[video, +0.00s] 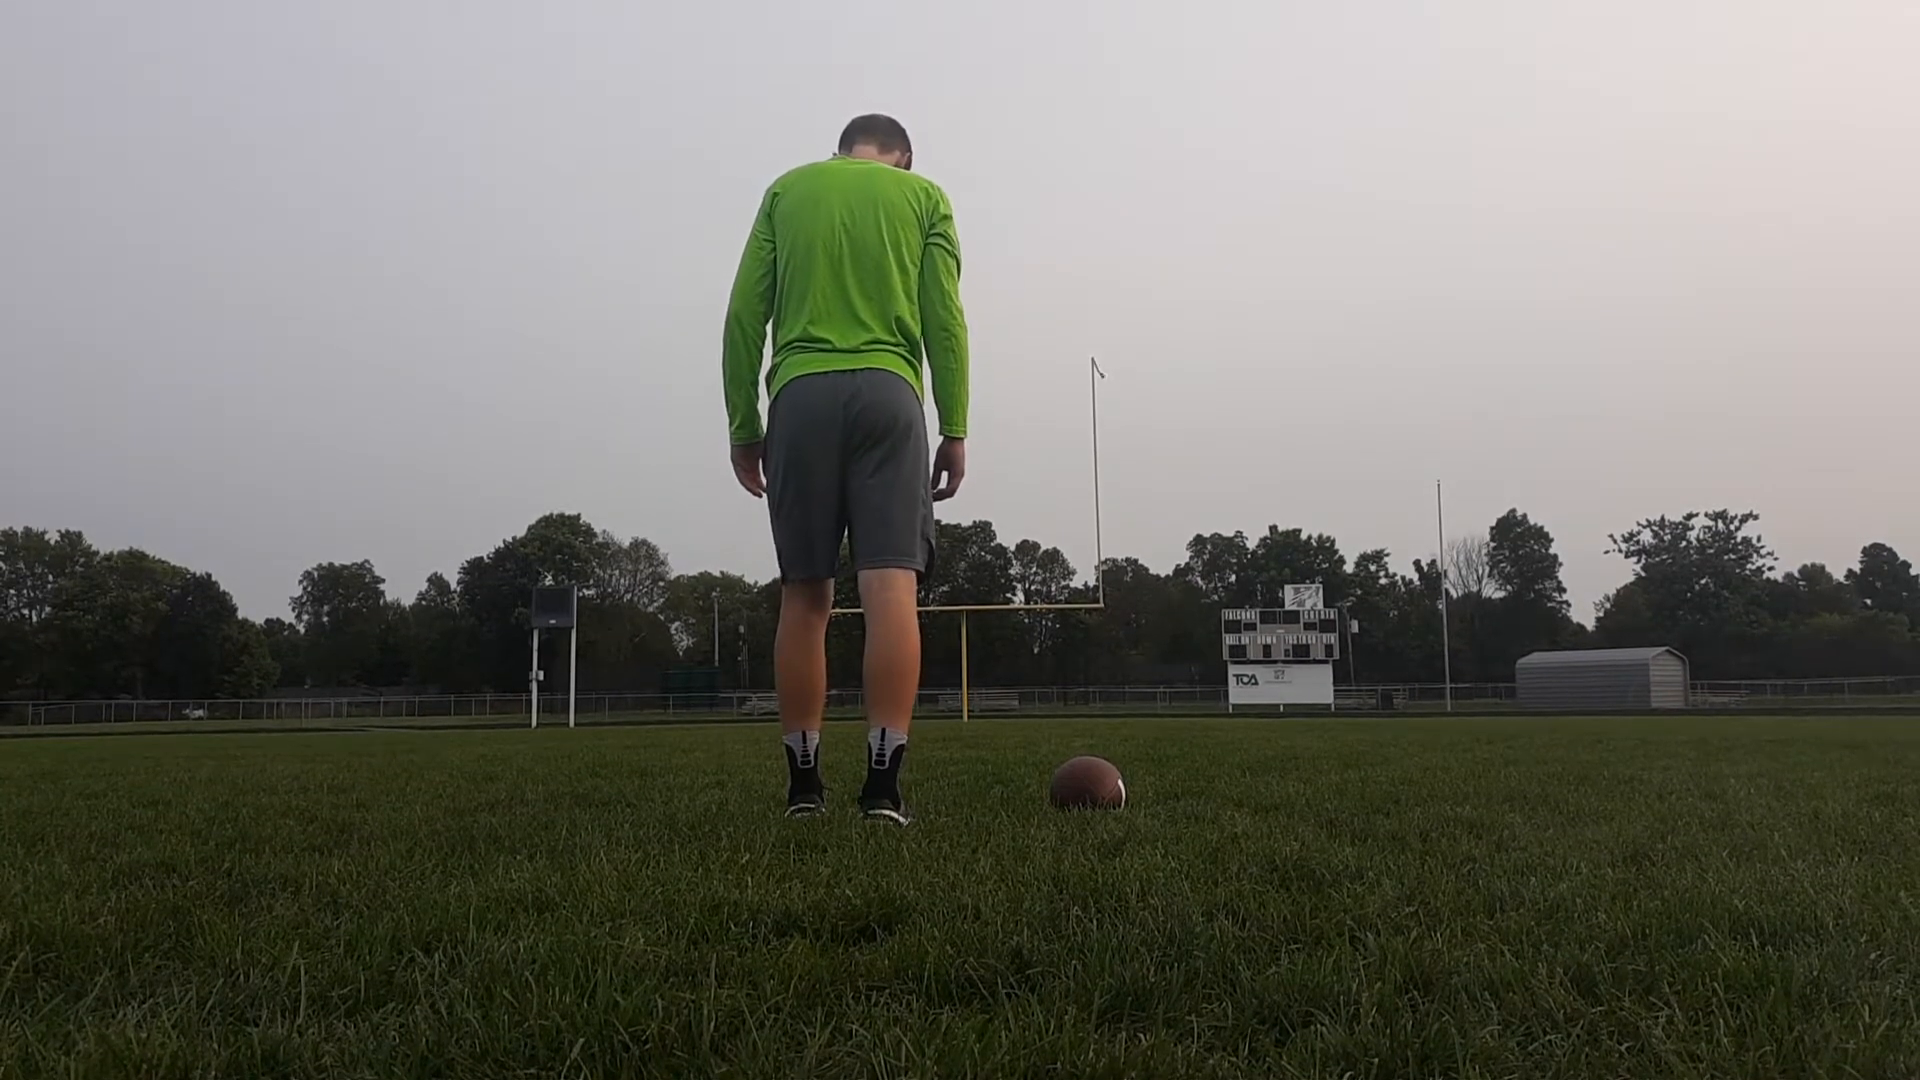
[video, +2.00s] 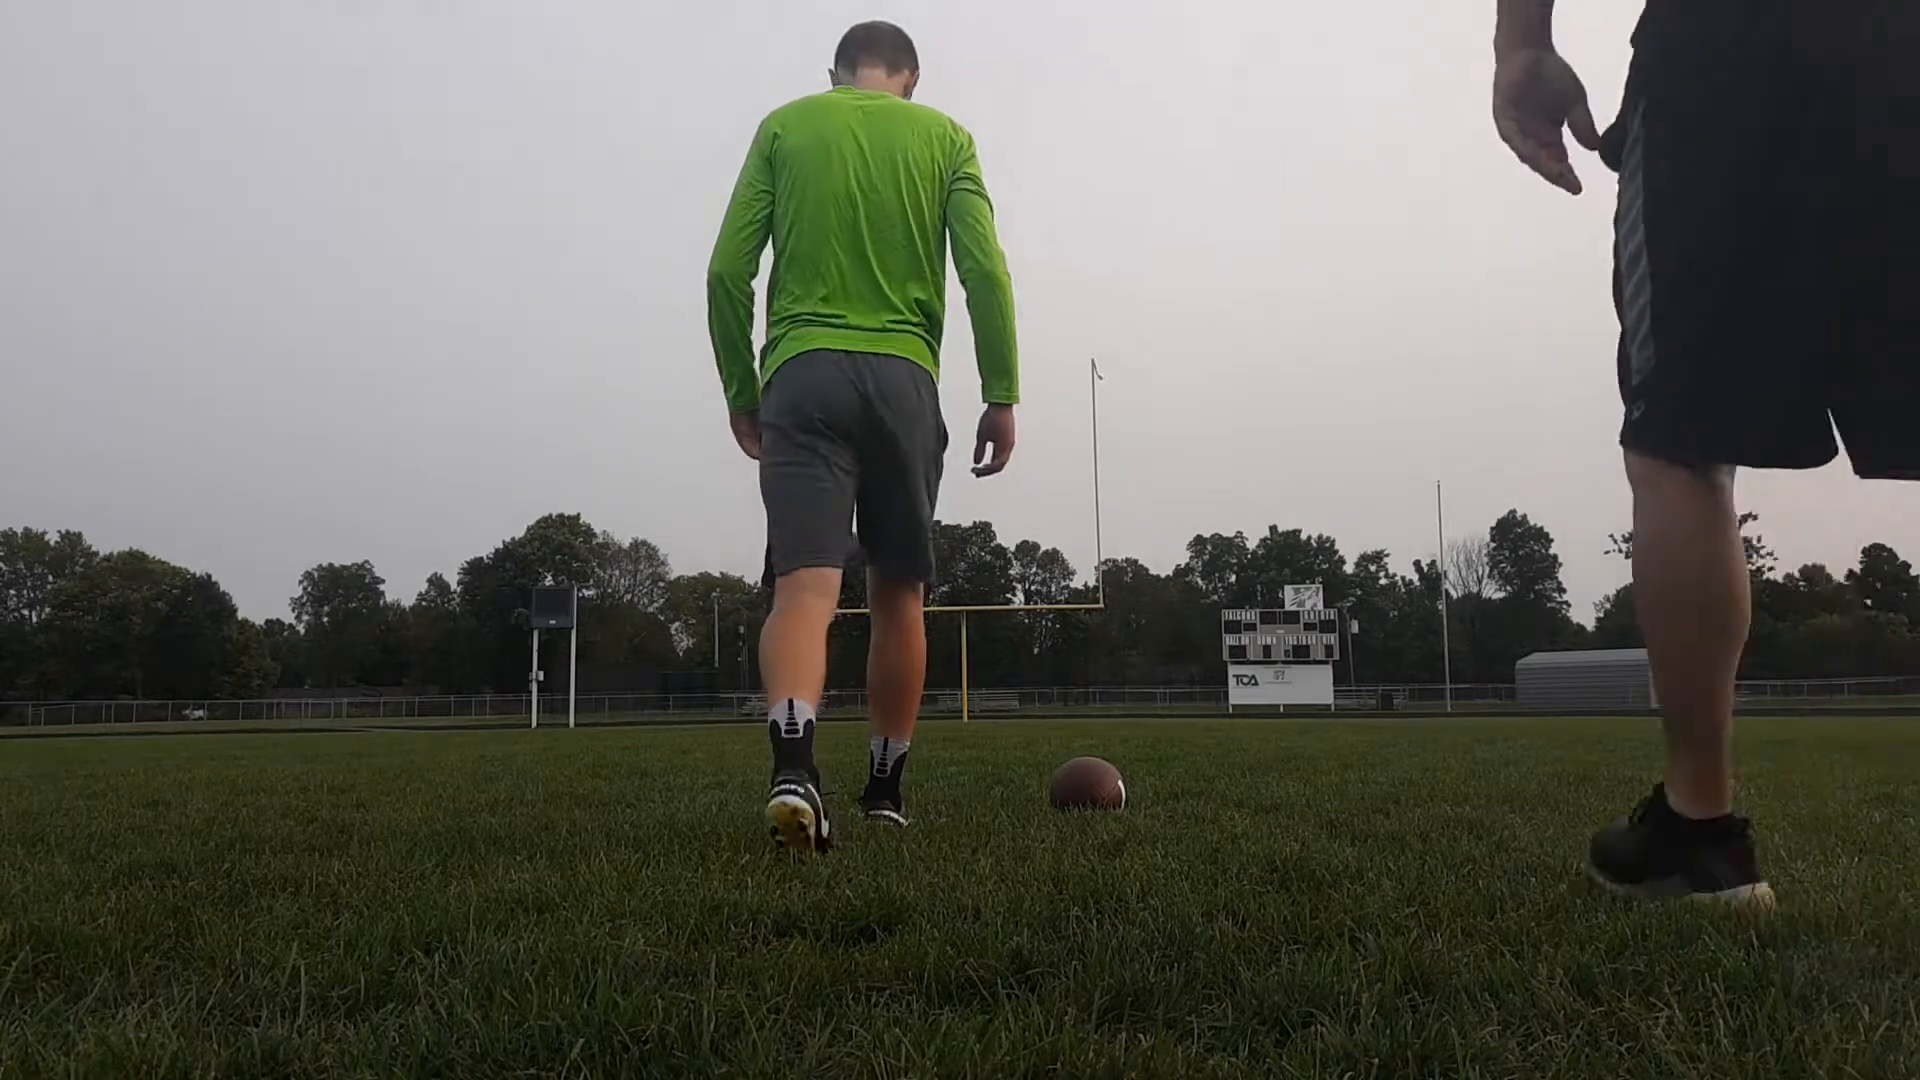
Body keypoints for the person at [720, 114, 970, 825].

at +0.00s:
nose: (907, 176)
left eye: (901, 165)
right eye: (908, 166)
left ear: (841, 148)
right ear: (902, 155)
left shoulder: (787, 187)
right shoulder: (923, 193)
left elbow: (745, 311)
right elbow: (943, 313)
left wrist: (743, 427)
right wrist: (955, 429)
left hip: (801, 396)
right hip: (888, 394)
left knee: (804, 595)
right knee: (890, 591)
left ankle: (804, 787)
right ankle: (883, 792)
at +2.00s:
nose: (905, 95)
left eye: (894, 84)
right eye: (910, 84)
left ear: (836, 72)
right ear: (908, 78)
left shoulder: (784, 126)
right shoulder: (943, 134)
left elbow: (726, 269)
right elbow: (984, 264)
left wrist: (742, 393)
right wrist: (1001, 395)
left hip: (803, 366)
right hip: (902, 374)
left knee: (806, 581)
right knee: (900, 592)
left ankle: (793, 769)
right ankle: (885, 793)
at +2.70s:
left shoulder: (714, 7)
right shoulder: (921, 6)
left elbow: (654, 137)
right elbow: (959, 107)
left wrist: (658, 310)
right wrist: (985, 276)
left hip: (759, 270)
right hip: (879, 268)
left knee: (787, 548)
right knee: (907, 536)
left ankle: (803, 825)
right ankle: (884, 731)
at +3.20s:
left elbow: (618, 7)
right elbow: (1051, 16)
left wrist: (610, 184)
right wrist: (1060, 200)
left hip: (749, 157)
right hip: (906, 148)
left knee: (790, 493)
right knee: (899, 505)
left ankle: (792, 801)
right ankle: (879, 864)